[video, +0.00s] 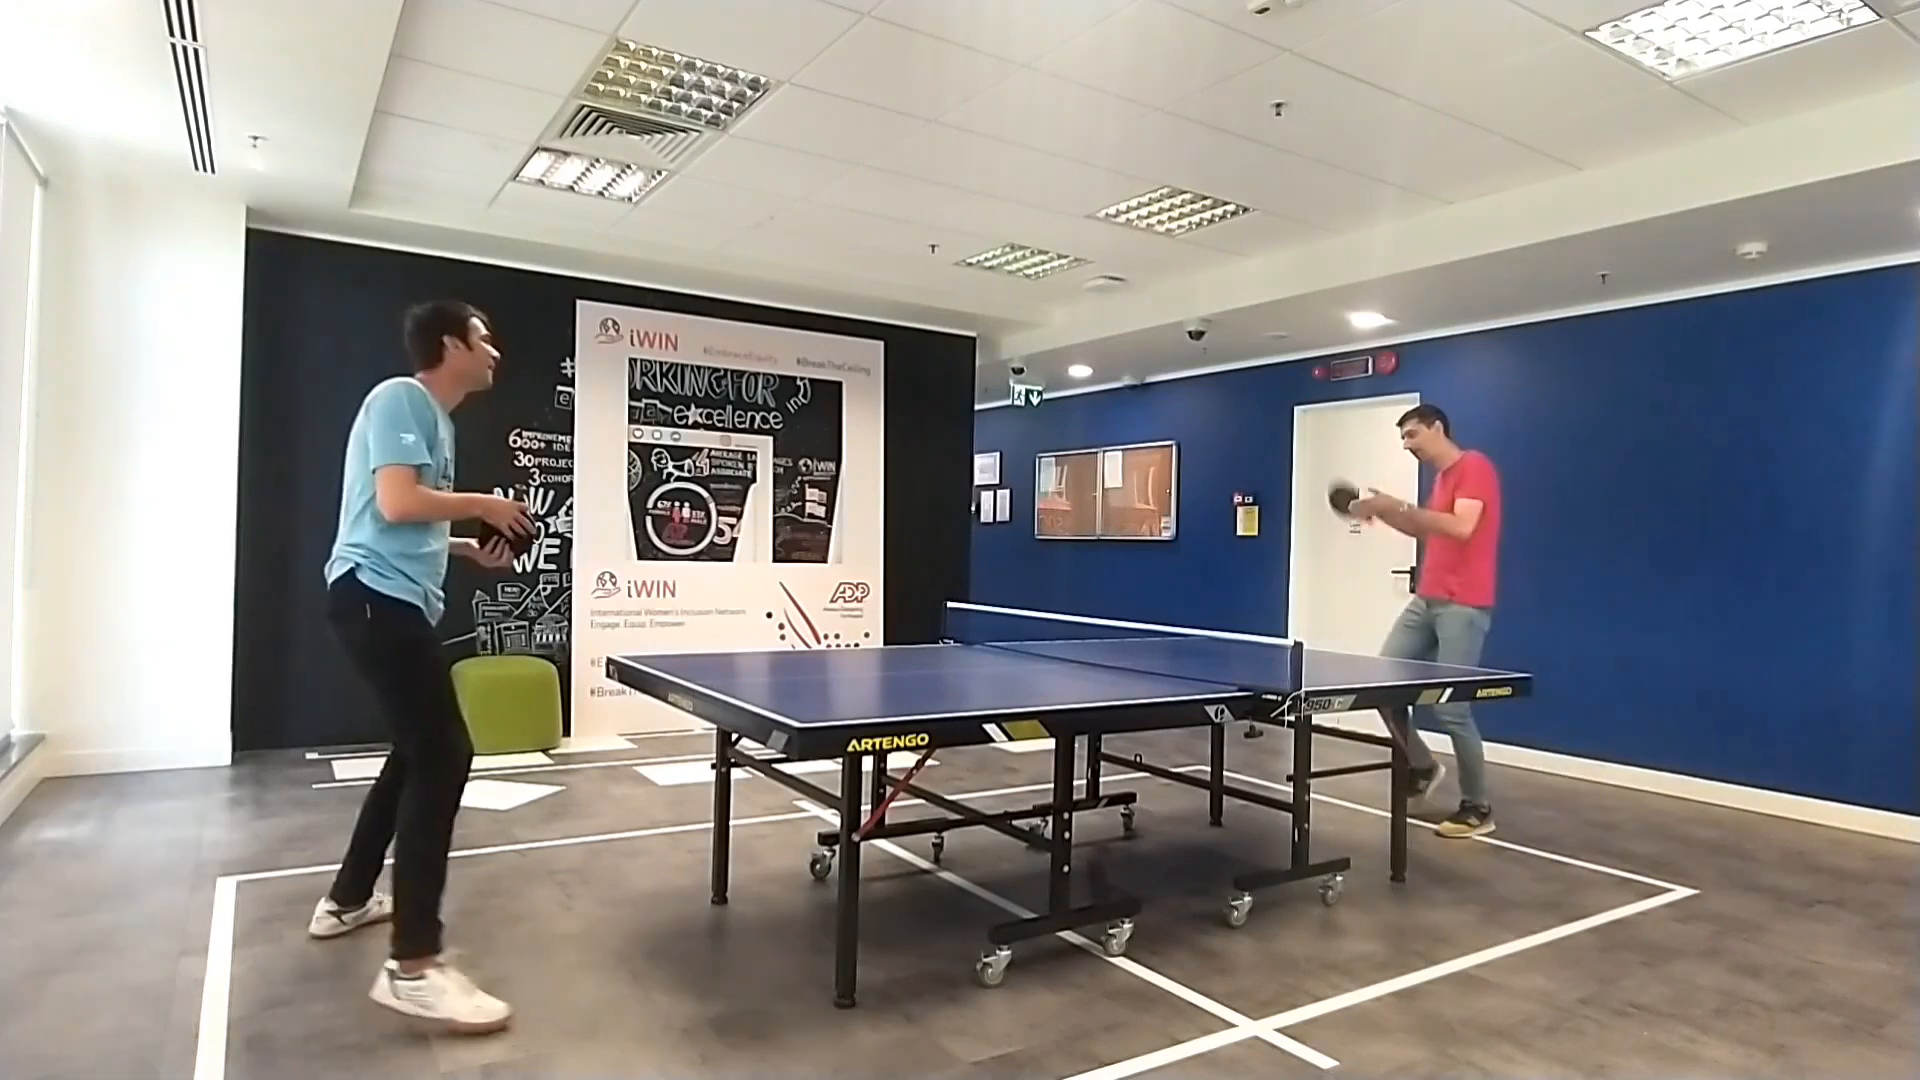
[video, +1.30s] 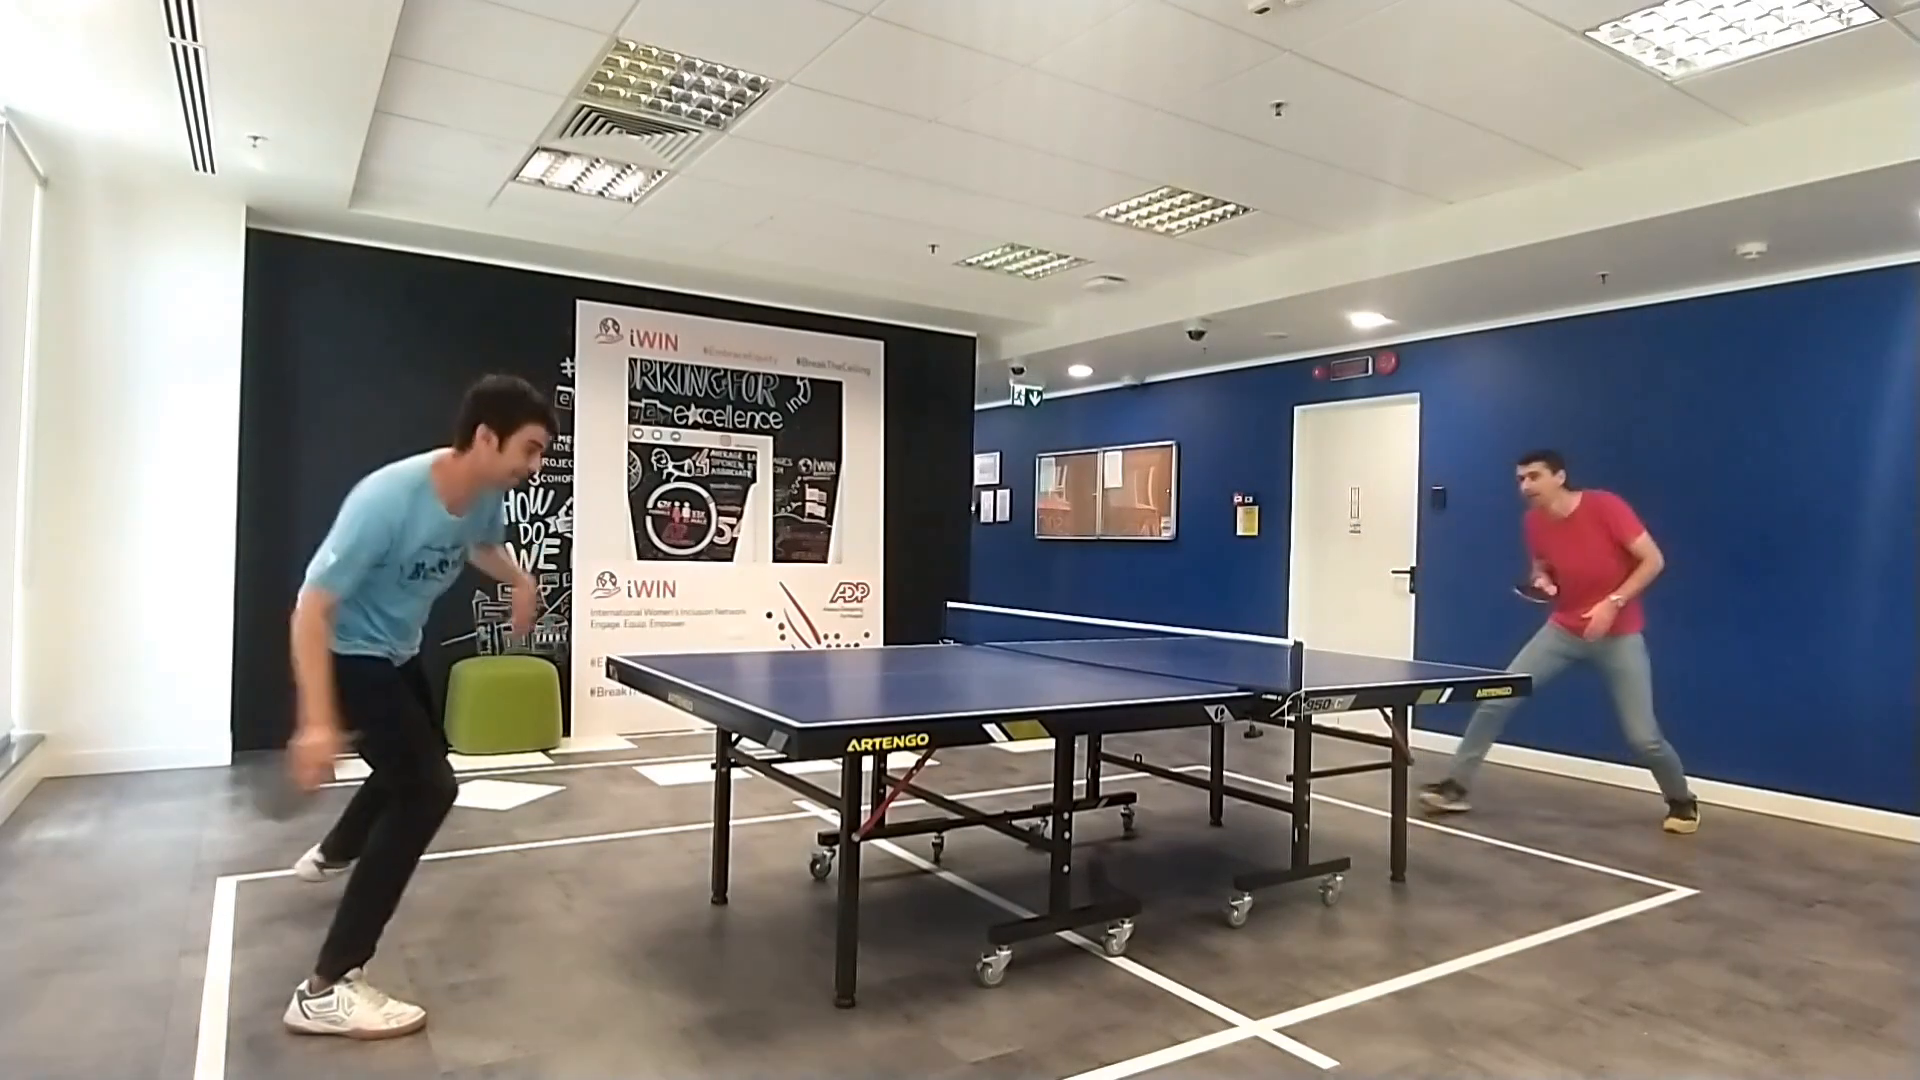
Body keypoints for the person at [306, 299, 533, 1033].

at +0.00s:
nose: (496, 353)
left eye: (491, 341)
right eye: (485, 340)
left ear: (452, 349)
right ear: (450, 346)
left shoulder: (434, 427)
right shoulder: (399, 398)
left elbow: (410, 522)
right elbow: (397, 500)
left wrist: (469, 548)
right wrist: (482, 504)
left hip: (402, 605)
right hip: (373, 597)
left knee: (416, 748)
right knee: (445, 755)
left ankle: (348, 899)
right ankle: (414, 966)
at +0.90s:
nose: (515, 386)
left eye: (516, 373)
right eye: (509, 372)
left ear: (467, 374)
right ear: (470, 372)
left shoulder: (434, 445)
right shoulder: (399, 425)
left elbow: (388, 532)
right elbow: (352, 530)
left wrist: (435, 569)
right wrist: (463, 566)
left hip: (362, 623)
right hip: (330, 621)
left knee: (400, 763)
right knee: (422, 780)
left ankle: (344, 908)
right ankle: (325, 988)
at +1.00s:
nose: (525, 396)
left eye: (528, 383)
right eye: (521, 381)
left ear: (481, 381)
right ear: (479, 376)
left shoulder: (450, 448)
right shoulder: (395, 430)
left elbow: (404, 528)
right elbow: (327, 544)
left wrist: (460, 561)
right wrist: (416, 620)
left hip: (369, 624)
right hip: (327, 622)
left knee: (406, 766)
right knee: (414, 780)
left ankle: (346, 903)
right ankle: (324, 988)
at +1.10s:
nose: (533, 417)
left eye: (537, 403)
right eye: (529, 400)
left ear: (491, 395)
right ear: (486, 390)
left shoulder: (476, 457)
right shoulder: (385, 449)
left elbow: (463, 540)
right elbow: (320, 559)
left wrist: (501, 555)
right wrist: (349, 674)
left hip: (385, 626)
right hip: (330, 624)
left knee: (415, 770)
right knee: (407, 782)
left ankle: (343, 899)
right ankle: (325, 988)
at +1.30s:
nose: (535, 466)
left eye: (541, 453)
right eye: (530, 450)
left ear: (493, 443)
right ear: (485, 439)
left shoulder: (486, 495)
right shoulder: (387, 497)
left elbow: (481, 548)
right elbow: (312, 605)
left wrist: (520, 578)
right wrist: (316, 722)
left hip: (399, 654)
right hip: (346, 655)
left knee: (413, 762)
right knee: (429, 788)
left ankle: (331, 855)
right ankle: (327, 986)